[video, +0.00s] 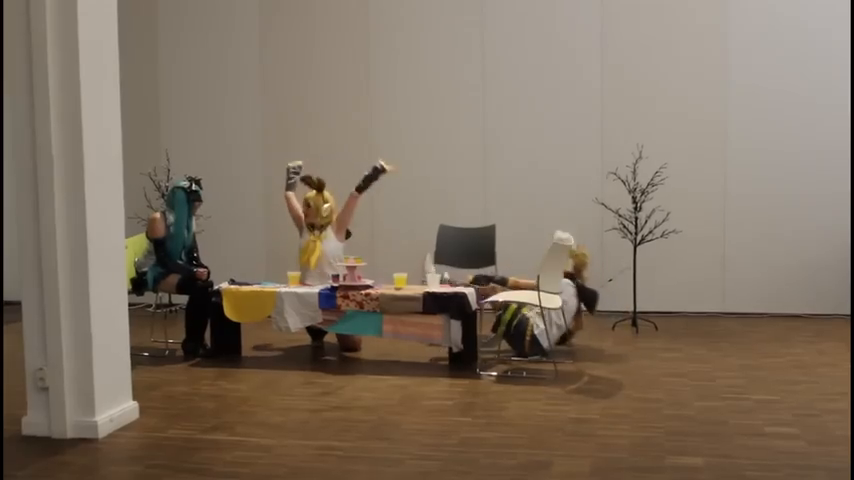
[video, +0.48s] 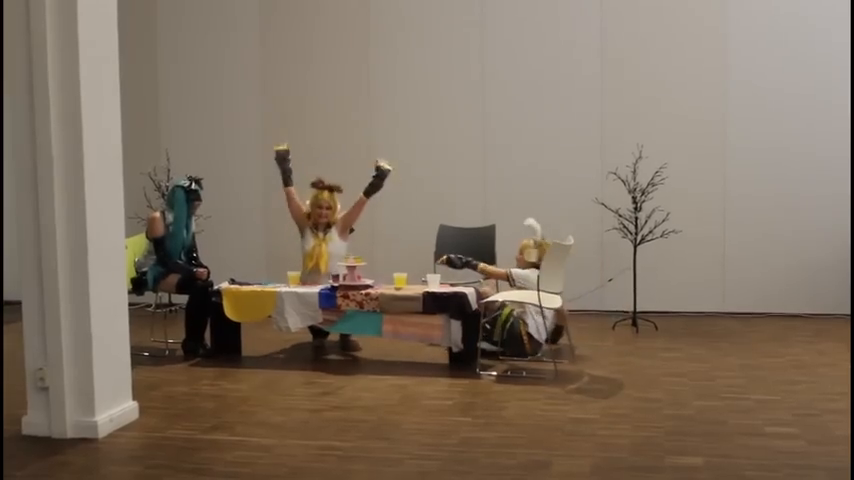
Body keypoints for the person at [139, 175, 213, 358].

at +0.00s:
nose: (196, 208)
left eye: (198, 204)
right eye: (194, 204)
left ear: (193, 204)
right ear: (182, 201)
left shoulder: (187, 222)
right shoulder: (158, 219)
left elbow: (193, 256)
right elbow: (163, 259)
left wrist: (201, 269)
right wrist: (192, 273)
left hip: (178, 270)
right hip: (157, 272)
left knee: (206, 287)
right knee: (198, 288)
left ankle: (199, 341)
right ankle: (191, 343)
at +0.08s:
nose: (196, 208)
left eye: (198, 204)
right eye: (194, 204)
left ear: (195, 203)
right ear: (182, 200)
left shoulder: (187, 222)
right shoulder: (159, 218)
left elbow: (193, 256)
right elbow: (164, 259)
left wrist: (202, 268)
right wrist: (192, 272)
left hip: (177, 268)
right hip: (156, 271)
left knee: (206, 286)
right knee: (197, 288)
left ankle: (199, 341)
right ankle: (191, 344)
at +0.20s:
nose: (196, 208)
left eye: (197, 204)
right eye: (194, 203)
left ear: (193, 203)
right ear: (181, 200)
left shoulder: (187, 222)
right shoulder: (158, 219)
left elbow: (192, 256)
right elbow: (164, 259)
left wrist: (201, 269)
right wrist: (192, 273)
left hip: (177, 269)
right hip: (156, 272)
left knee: (206, 286)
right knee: (197, 288)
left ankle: (198, 342)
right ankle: (191, 344)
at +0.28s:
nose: (196, 207)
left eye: (198, 203)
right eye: (194, 203)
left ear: (194, 204)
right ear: (181, 200)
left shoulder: (186, 223)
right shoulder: (158, 219)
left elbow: (192, 257)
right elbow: (163, 260)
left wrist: (201, 269)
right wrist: (192, 273)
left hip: (176, 270)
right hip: (155, 272)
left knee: (206, 287)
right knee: (197, 288)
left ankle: (198, 342)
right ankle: (190, 345)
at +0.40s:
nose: (195, 209)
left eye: (197, 205)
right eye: (193, 205)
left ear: (193, 204)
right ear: (181, 201)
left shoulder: (186, 222)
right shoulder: (158, 219)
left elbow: (192, 257)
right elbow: (164, 260)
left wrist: (201, 269)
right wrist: (192, 273)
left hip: (175, 269)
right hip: (155, 272)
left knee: (206, 287)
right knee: (197, 288)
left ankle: (198, 342)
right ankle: (190, 345)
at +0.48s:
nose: (195, 209)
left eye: (197, 205)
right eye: (193, 205)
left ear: (194, 204)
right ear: (181, 201)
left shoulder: (187, 222)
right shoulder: (158, 219)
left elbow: (192, 256)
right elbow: (164, 260)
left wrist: (201, 268)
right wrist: (192, 273)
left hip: (176, 269)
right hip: (155, 272)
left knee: (206, 286)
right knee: (197, 287)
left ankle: (198, 341)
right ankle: (191, 344)